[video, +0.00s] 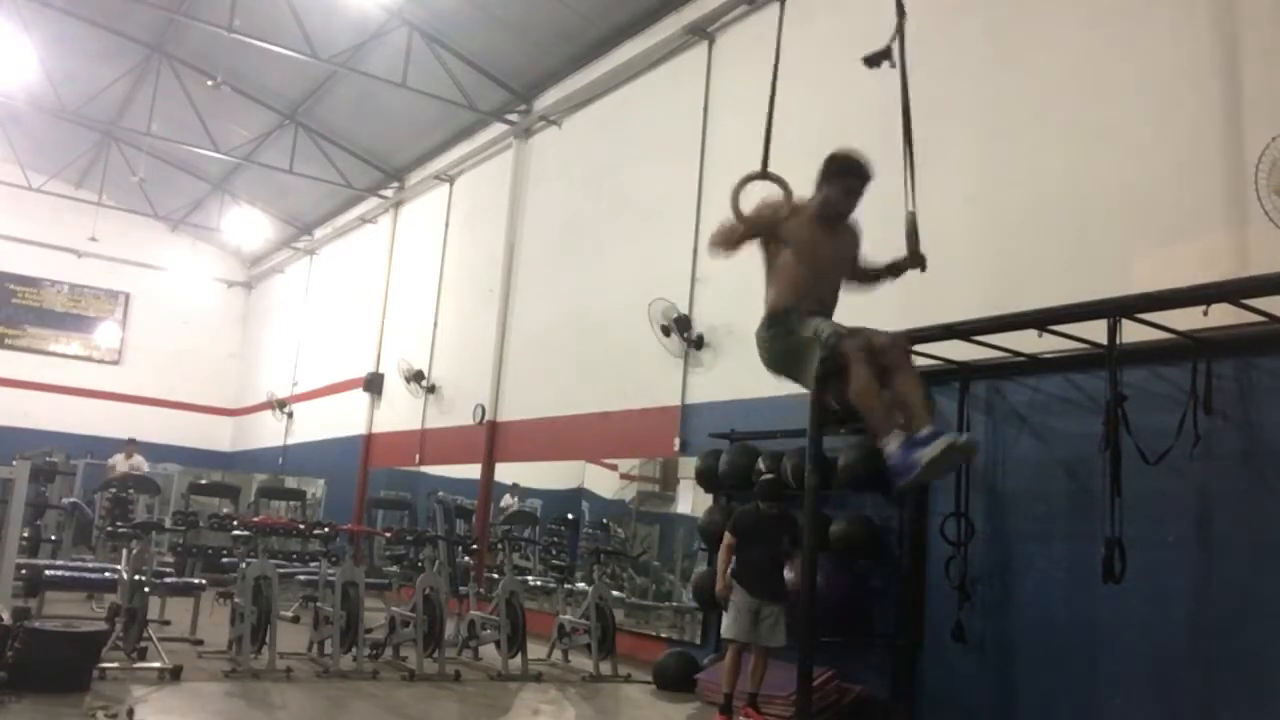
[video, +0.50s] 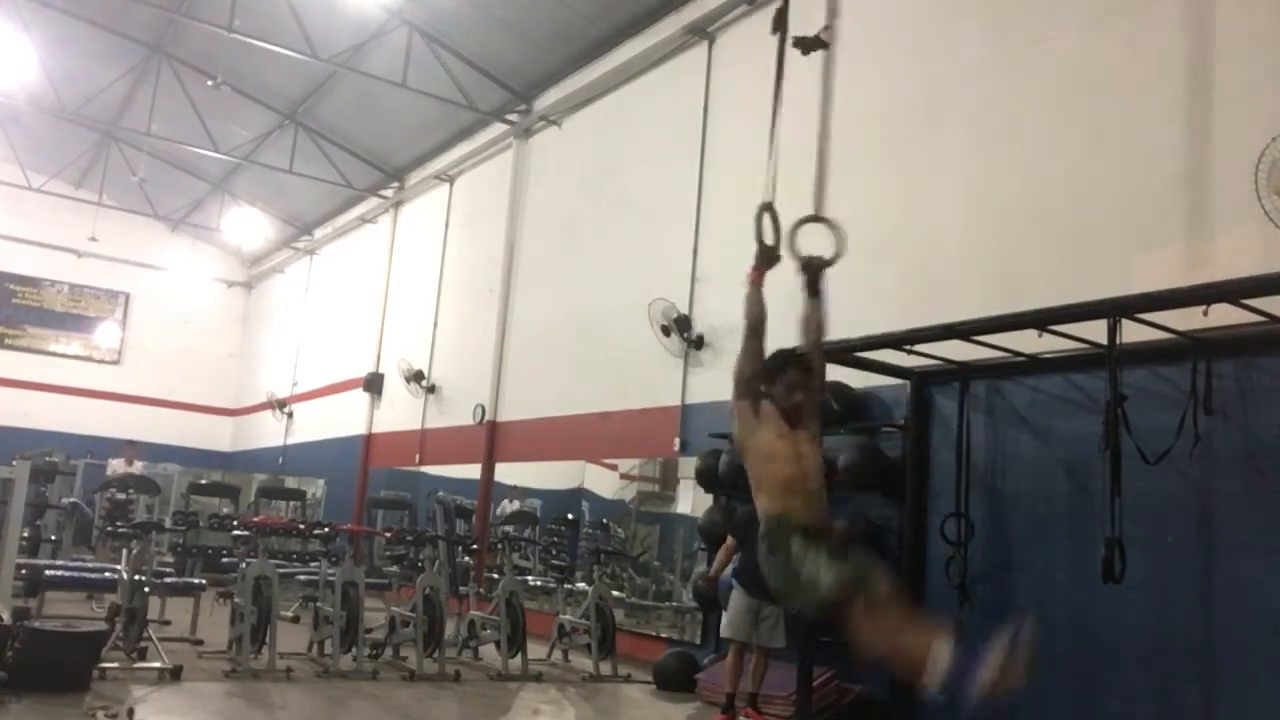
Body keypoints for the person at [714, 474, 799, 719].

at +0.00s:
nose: (770, 506)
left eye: (775, 501)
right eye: (766, 500)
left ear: (781, 499)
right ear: (758, 496)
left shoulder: (788, 520)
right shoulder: (743, 515)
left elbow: (795, 555)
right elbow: (726, 547)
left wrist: (798, 583)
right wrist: (721, 579)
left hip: (773, 591)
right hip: (743, 588)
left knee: (762, 650)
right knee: (735, 647)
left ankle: (751, 703)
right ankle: (726, 705)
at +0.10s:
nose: (771, 506)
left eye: (775, 501)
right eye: (766, 500)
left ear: (781, 498)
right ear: (758, 497)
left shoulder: (789, 521)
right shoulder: (743, 516)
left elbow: (796, 556)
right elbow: (726, 547)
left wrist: (801, 584)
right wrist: (718, 577)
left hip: (774, 592)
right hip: (744, 589)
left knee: (762, 650)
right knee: (735, 647)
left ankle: (752, 703)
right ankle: (727, 704)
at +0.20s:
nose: (766, 501)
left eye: (771, 496)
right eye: (762, 495)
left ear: (780, 497)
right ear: (756, 495)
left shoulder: (790, 522)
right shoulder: (744, 517)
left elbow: (797, 557)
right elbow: (728, 548)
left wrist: (800, 587)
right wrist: (717, 575)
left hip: (774, 592)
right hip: (745, 589)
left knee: (762, 650)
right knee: (735, 647)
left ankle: (752, 703)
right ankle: (728, 704)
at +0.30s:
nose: (761, 498)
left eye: (767, 494)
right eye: (758, 493)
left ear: (778, 495)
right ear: (753, 492)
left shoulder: (788, 522)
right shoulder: (744, 517)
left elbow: (798, 559)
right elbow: (728, 549)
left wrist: (800, 591)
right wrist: (715, 575)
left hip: (774, 593)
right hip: (745, 590)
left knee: (762, 649)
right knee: (736, 646)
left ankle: (752, 703)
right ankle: (728, 703)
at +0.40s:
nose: (765, 496)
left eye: (771, 492)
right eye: (763, 491)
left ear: (781, 497)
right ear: (758, 493)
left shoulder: (788, 520)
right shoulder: (748, 515)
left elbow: (798, 559)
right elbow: (729, 548)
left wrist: (799, 592)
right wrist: (713, 576)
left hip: (775, 593)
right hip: (745, 589)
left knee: (763, 650)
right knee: (737, 647)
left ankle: (751, 704)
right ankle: (728, 705)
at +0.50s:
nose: (772, 497)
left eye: (778, 493)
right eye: (769, 491)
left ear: (786, 495)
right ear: (760, 491)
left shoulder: (789, 520)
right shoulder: (748, 516)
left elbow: (798, 556)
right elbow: (729, 547)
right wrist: (713, 574)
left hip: (774, 593)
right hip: (745, 589)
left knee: (763, 651)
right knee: (737, 647)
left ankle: (752, 704)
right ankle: (728, 705)